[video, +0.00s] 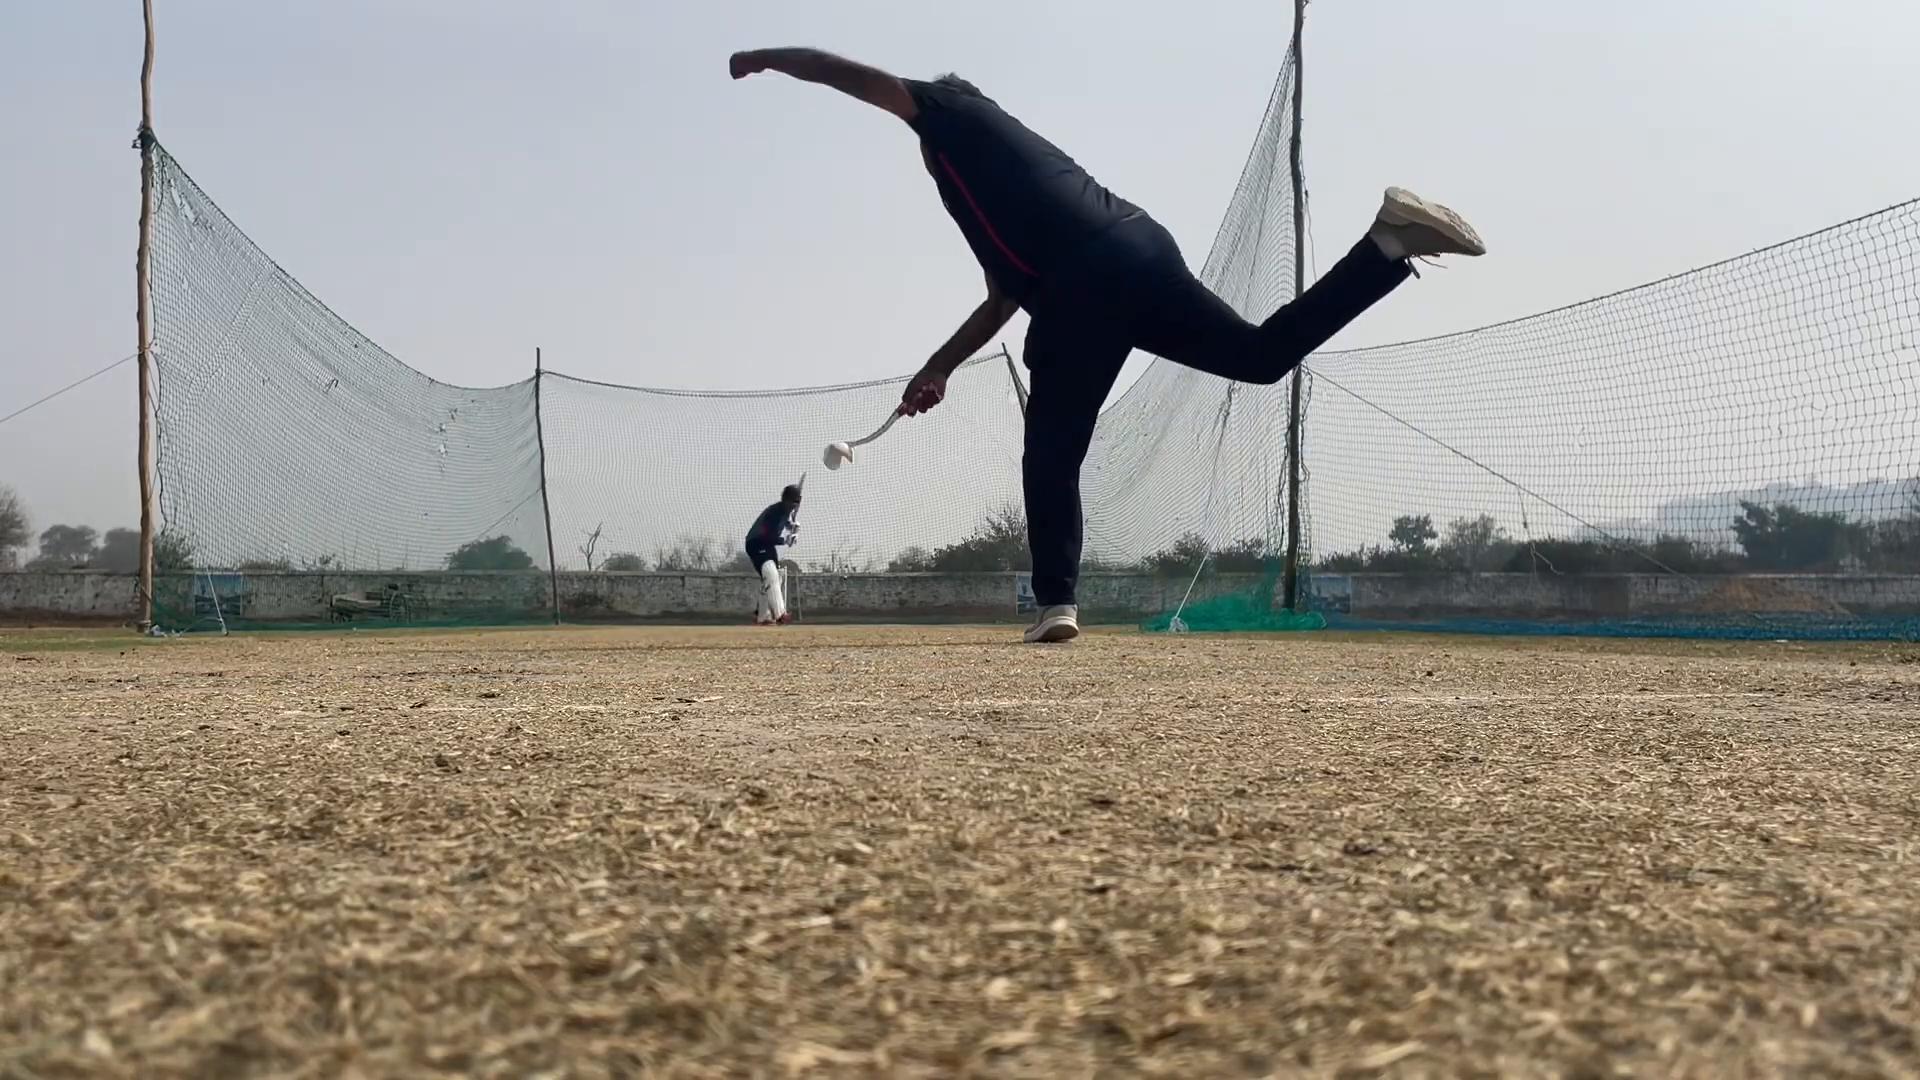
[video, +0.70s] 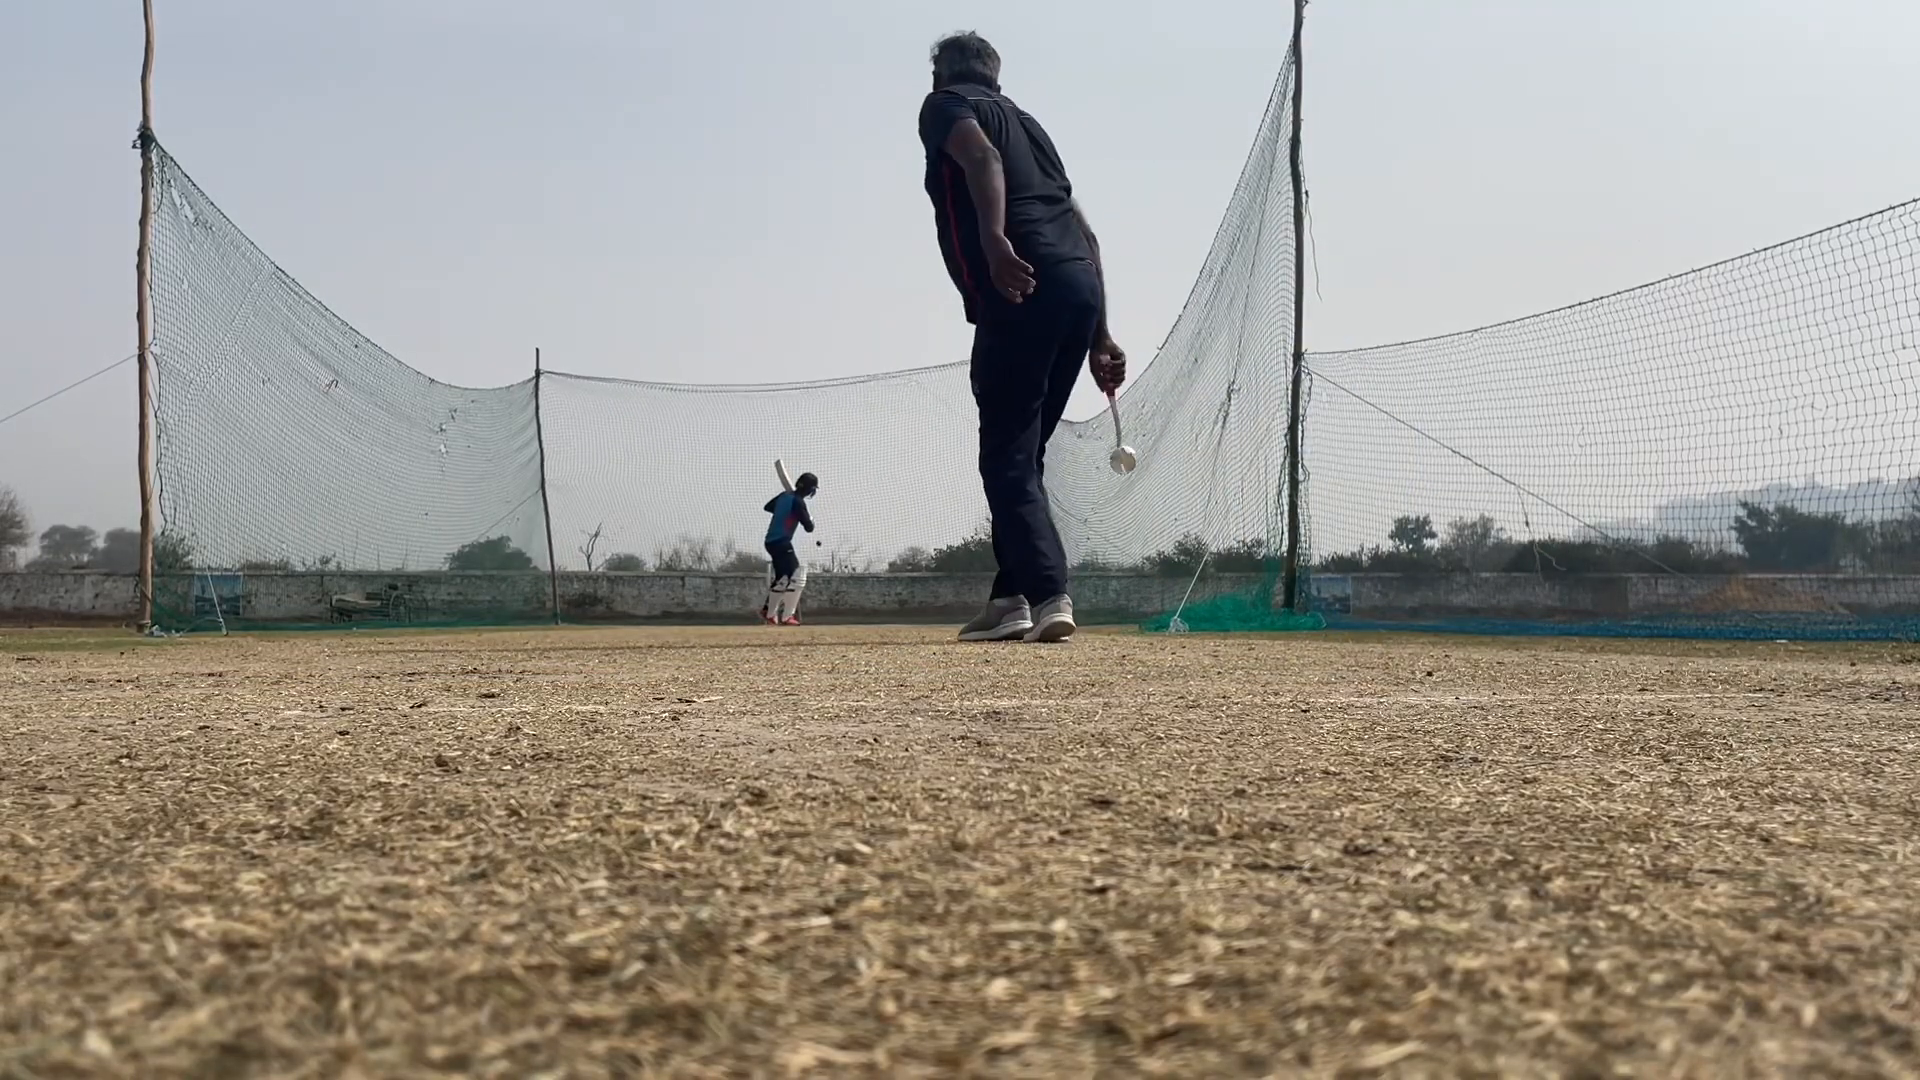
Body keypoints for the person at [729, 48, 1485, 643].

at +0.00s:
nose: (905, 126)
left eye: (910, 114)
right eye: (911, 122)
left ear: (930, 105)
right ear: (974, 131)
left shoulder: (947, 111)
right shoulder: (1009, 185)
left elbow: (847, 76)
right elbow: (1003, 296)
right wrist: (937, 369)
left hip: (1077, 284)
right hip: (1145, 257)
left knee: (1051, 455)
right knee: (1260, 359)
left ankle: (1054, 609)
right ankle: (1393, 245)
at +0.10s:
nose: (917, 114)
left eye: (919, 104)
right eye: (925, 105)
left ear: (929, 98)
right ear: (978, 94)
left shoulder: (936, 120)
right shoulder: (1018, 134)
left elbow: (835, 179)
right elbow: (1038, 273)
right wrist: (989, 362)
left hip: (1072, 287)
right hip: (1137, 257)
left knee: (1045, 459)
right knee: (1218, 381)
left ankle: (1054, 612)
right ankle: (1360, 311)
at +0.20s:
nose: (915, 115)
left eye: (915, 104)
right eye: (918, 104)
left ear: (924, 99)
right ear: (972, 90)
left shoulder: (932, 131)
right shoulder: (1012, 129)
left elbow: (884, 244)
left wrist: (853, 339)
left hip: (1066, 276)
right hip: (1130, 254)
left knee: (1040, 451)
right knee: (1154, 402)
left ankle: (1053, 609)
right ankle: (1306, 396)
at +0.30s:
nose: (913, 119)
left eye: (911, 109)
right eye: (912, 109)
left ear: (918, 102)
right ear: (969, 94)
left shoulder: (930, 143)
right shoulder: (1012, 125)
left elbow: (952, 242)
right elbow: (1053, 212)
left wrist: (963, 359)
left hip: (1054, 278)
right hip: (1121, 255)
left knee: (1031, 453)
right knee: (1109, 407)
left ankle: (1050, 606)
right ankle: (1232, 489)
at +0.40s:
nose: (913, 113)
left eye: (910, 104)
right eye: (913, 105)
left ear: (915, 99)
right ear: (969, 92)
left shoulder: (926, 137)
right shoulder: (1020, 129)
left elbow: (983, 185)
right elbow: (1112, 199)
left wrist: (1038, 251)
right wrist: (1151, 283)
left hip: (1045, 277)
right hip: (1114, 265)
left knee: (1027, 448)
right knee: (1084, 420)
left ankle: (1050, 605)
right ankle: (1137, 562)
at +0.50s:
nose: (916, 102)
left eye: (915, 94)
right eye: (918, 94)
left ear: (919, 91)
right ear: (974, 86)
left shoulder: (925, 123)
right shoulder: (1022, 124)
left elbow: (986, 146)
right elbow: (1104, 202)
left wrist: (1056, 185)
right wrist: (1162, 288)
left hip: (1042, 275)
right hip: (1105, 270)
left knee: (1024, 447)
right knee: (1064, 440)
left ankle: (1050, 603)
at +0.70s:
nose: (933, 82)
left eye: (934, 73)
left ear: (939, 71)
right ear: (994, 75)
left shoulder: (945, 101)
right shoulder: (1029, 127)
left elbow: (983, 158)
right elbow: (1079, 231)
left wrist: (995, 244)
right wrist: (1099, 331)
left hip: (1022, 290)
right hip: (1079, 289)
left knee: (1006, 453)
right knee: (1022, 451)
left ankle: (1049, 598)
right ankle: (1008, 599)